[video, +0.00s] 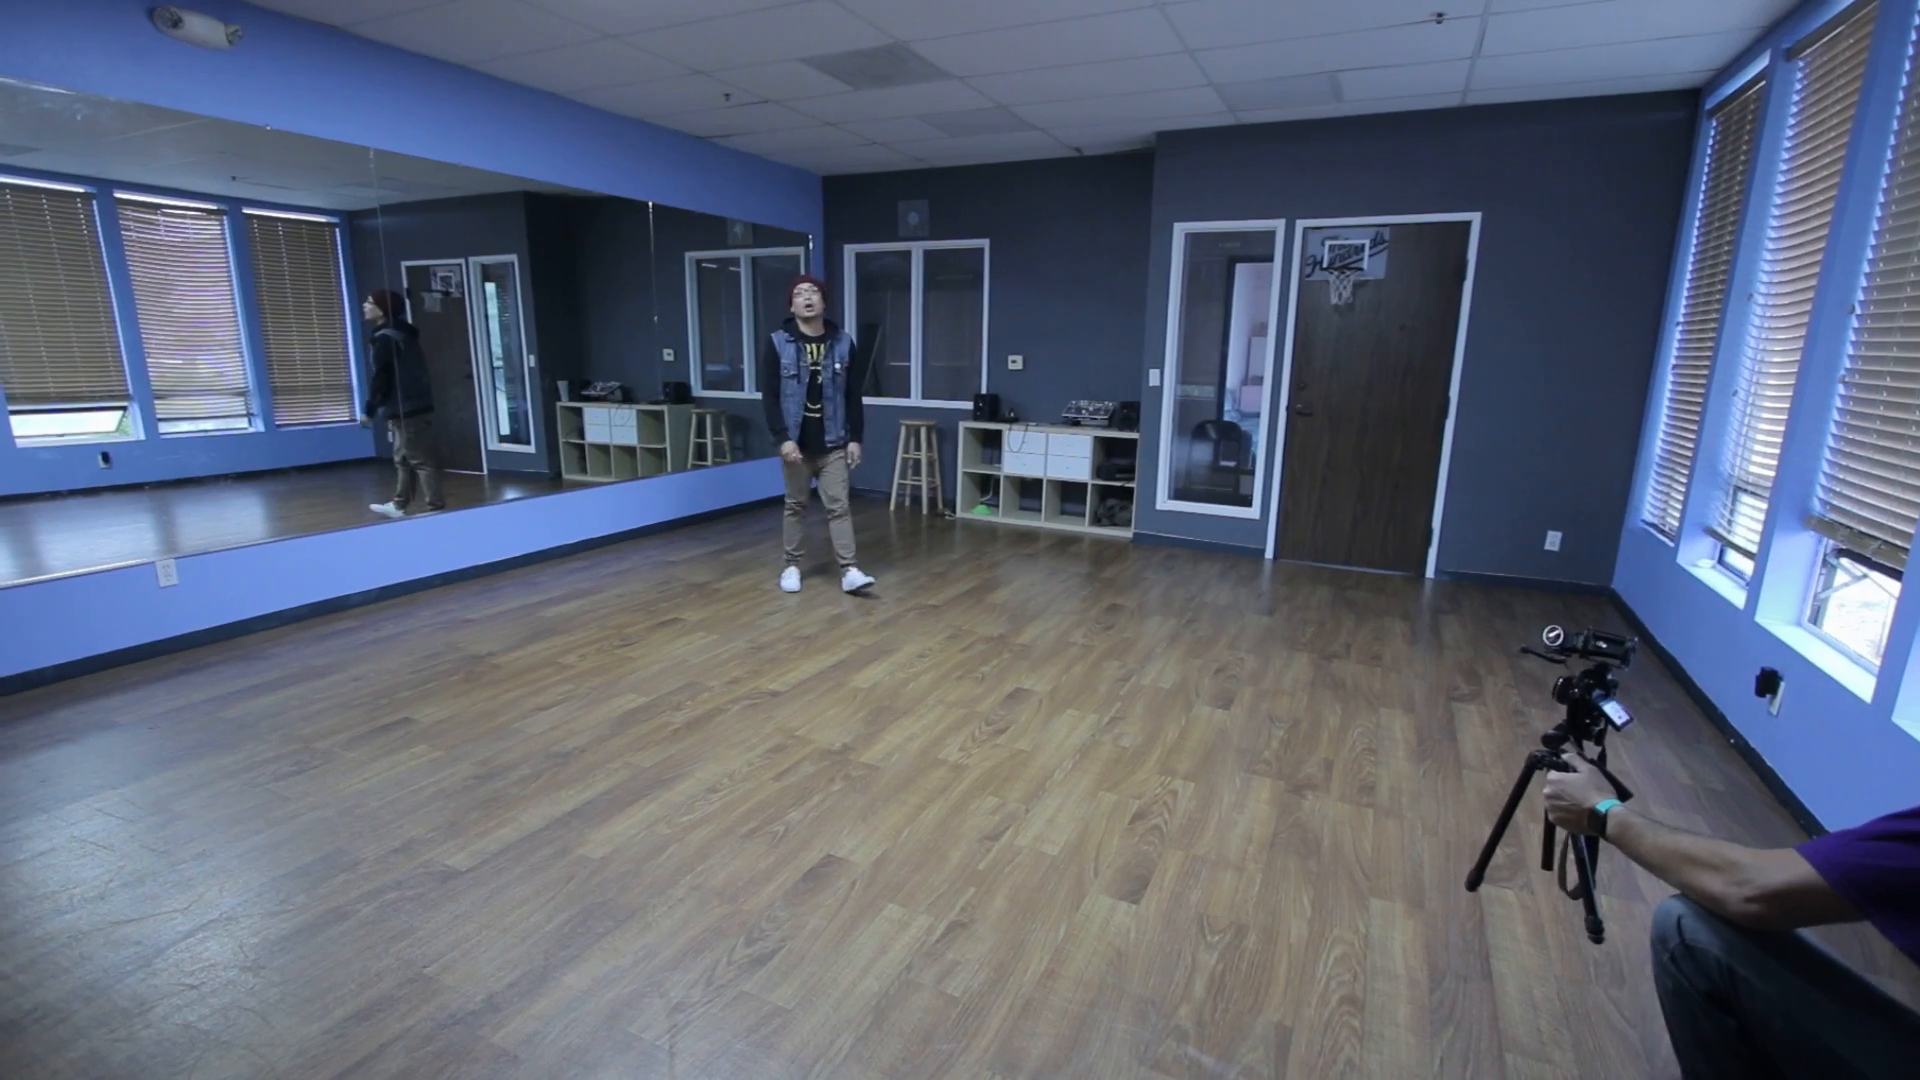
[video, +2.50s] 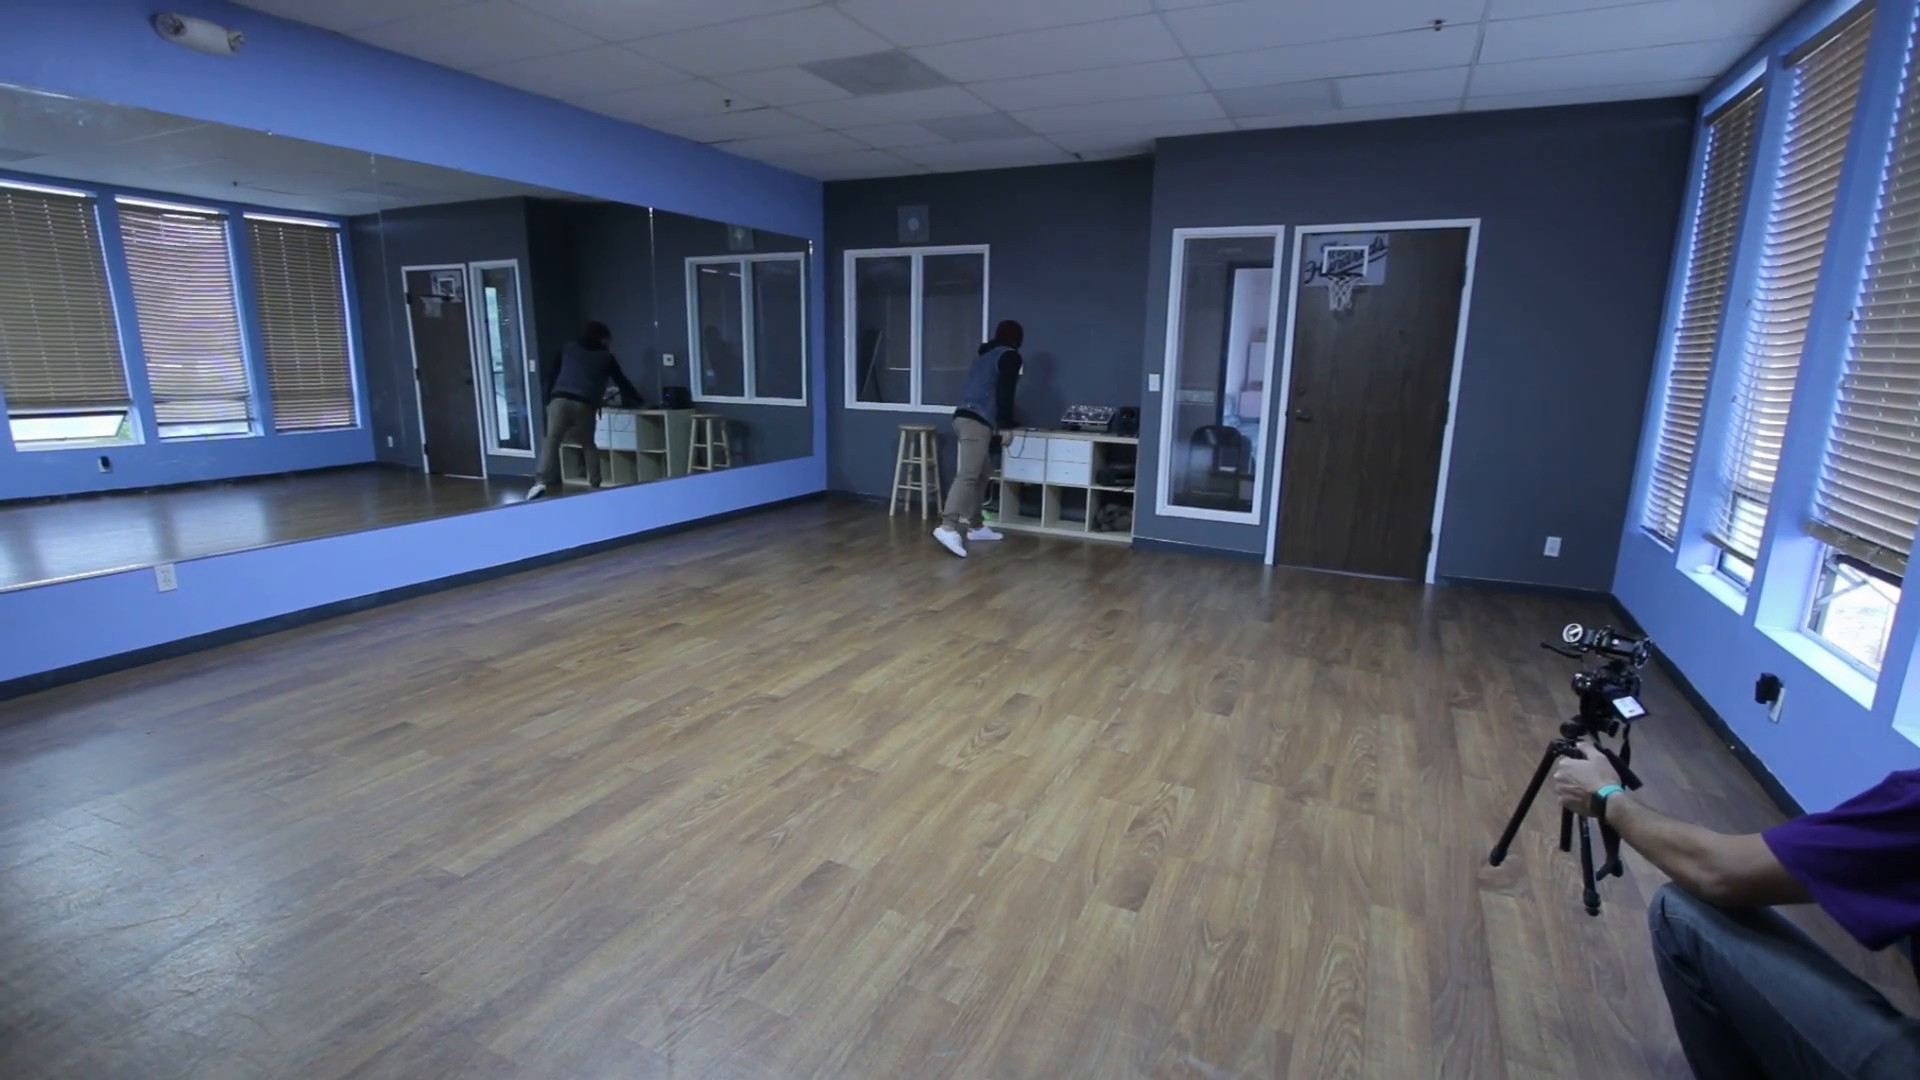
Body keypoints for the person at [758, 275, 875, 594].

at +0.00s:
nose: (808, 298)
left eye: (813, 293)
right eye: (801, 294)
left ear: (824, 301)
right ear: (791, 305)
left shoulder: (843, 341)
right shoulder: (777, 342)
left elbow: (854, 393)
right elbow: (770, 395)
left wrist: (855, 438)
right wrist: (783, 438)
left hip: (833, 440)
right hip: (796, 441)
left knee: (839, 506)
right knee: (795, 506)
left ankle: (849, 569)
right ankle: (792, 566)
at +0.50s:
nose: (856, 309)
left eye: (856, 303)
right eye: (851, 303)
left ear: (842, 308)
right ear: (833, 307)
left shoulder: (851, 343)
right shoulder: (807, 343)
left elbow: (857, 392)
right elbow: (785, 388)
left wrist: (864, 430)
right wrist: (772, 433)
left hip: (846, 439)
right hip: (815, 440)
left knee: (850, 496)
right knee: (808, 503)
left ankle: (847, 558)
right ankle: (791, 566)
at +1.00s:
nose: (903, 318)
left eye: (903, 313)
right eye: (903, 313)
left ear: (875, 313)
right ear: (896, 314)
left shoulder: (861, 341)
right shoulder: (888, 348)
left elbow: (862, 393)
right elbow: (891, 401)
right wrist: (905, 442)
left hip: (855, 435)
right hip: (878, 437)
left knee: (862, 494)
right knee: (906, 489)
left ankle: (846, 556)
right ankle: (901, 554)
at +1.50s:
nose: (976, 312)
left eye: (972, 307)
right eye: (975, 308)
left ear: (948, 309)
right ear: (972, 310)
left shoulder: (932, 337)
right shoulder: (967, 344)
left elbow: (930, 382)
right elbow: (973, 392)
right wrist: (982, 433)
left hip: (929, 424)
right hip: (956, 428)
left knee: (938, 475)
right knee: (964, 485)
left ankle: (914, 518)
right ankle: (961, 543)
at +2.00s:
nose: (1006, 334)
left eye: (1005, 329)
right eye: (1006, 330)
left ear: (983, 328)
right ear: (1001, 331)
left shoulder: (973, 351)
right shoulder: (993, 355)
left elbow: (974, 393)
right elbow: (1000, 396)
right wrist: (1020, 429)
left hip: (967, 427)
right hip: (981, 431)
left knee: (978, 482)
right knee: (980, 486)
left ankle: (974, 525)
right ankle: (962, 543)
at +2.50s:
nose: (1019, 344)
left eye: (1017, 339)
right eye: (1019, 340)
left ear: (998, 336)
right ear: (1017, 340)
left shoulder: (987, 354)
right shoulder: (1009, 355)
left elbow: (983, 391)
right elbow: (1005, 392)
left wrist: (995, 425)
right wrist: (1006, 427)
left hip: (963, 417)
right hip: (977, 419)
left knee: (982, 472)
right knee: (969, 474)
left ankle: (975, 525)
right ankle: (949, 527)